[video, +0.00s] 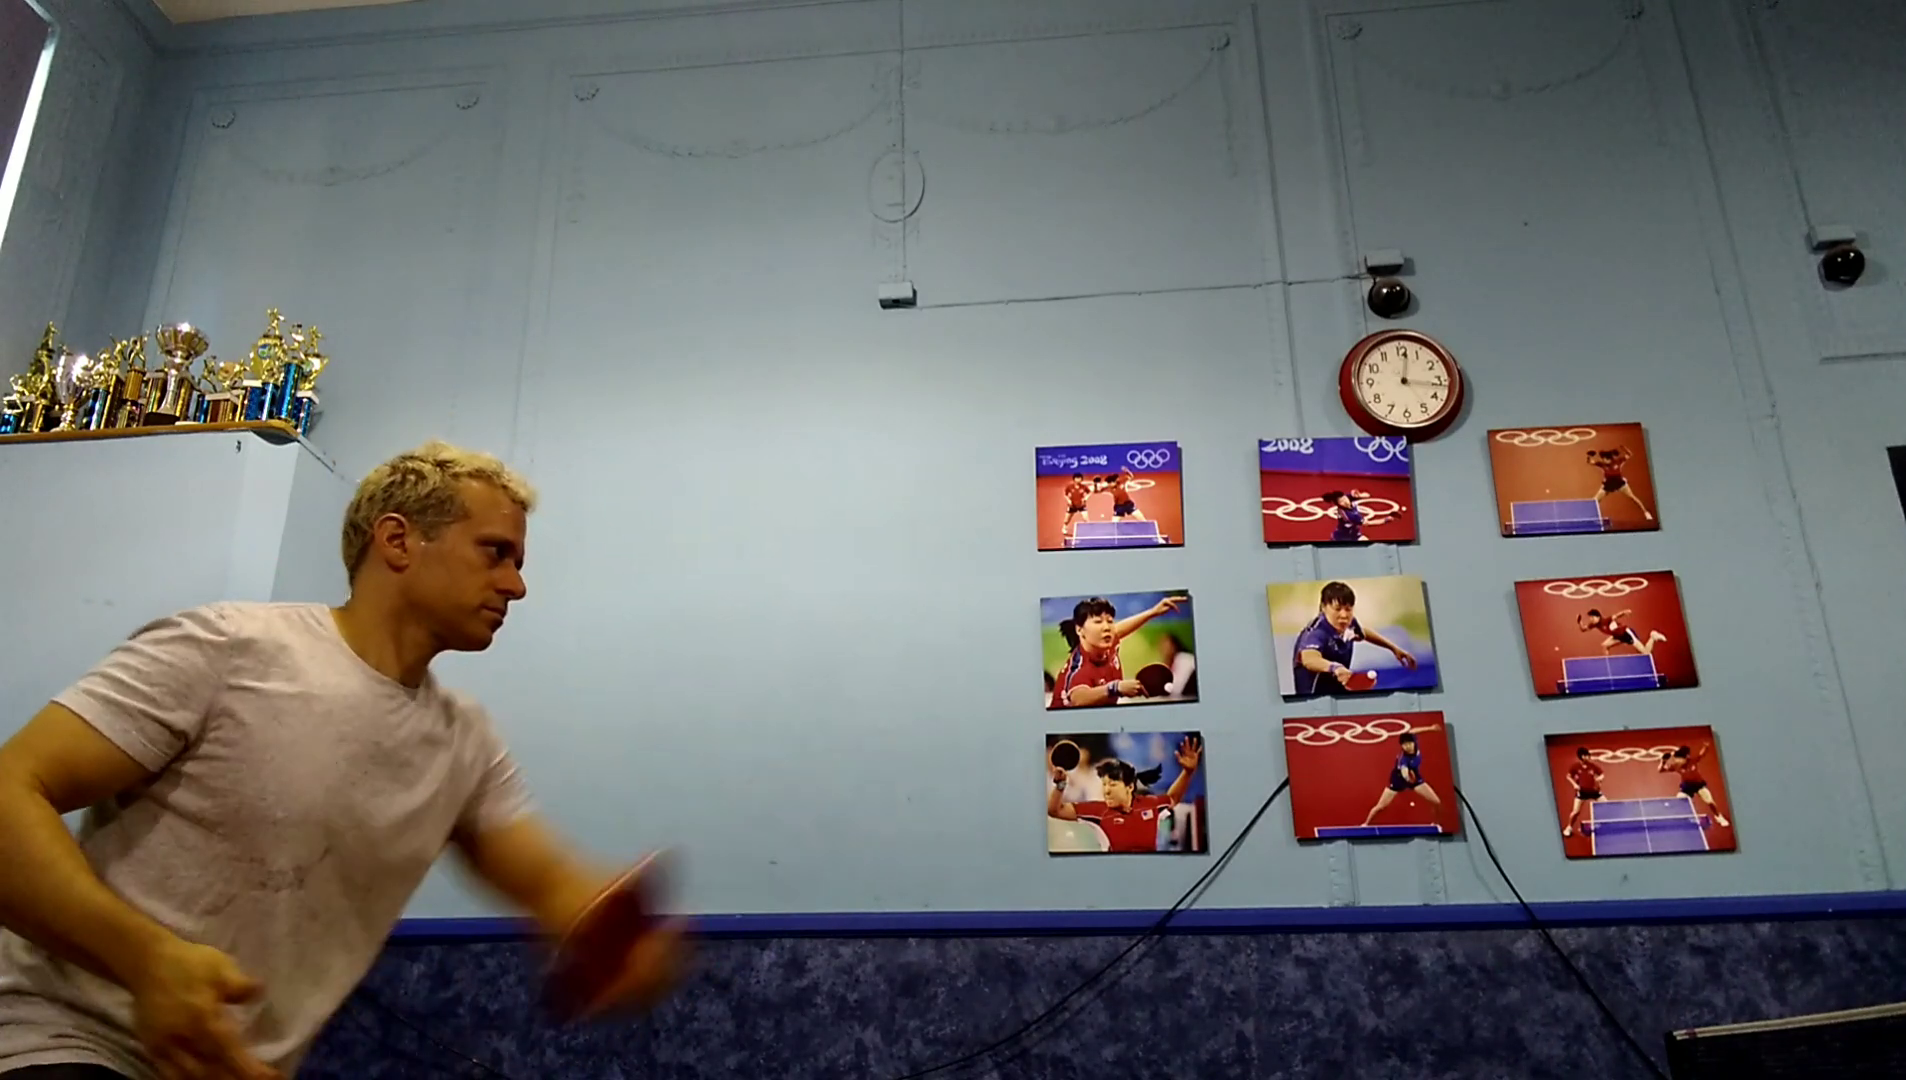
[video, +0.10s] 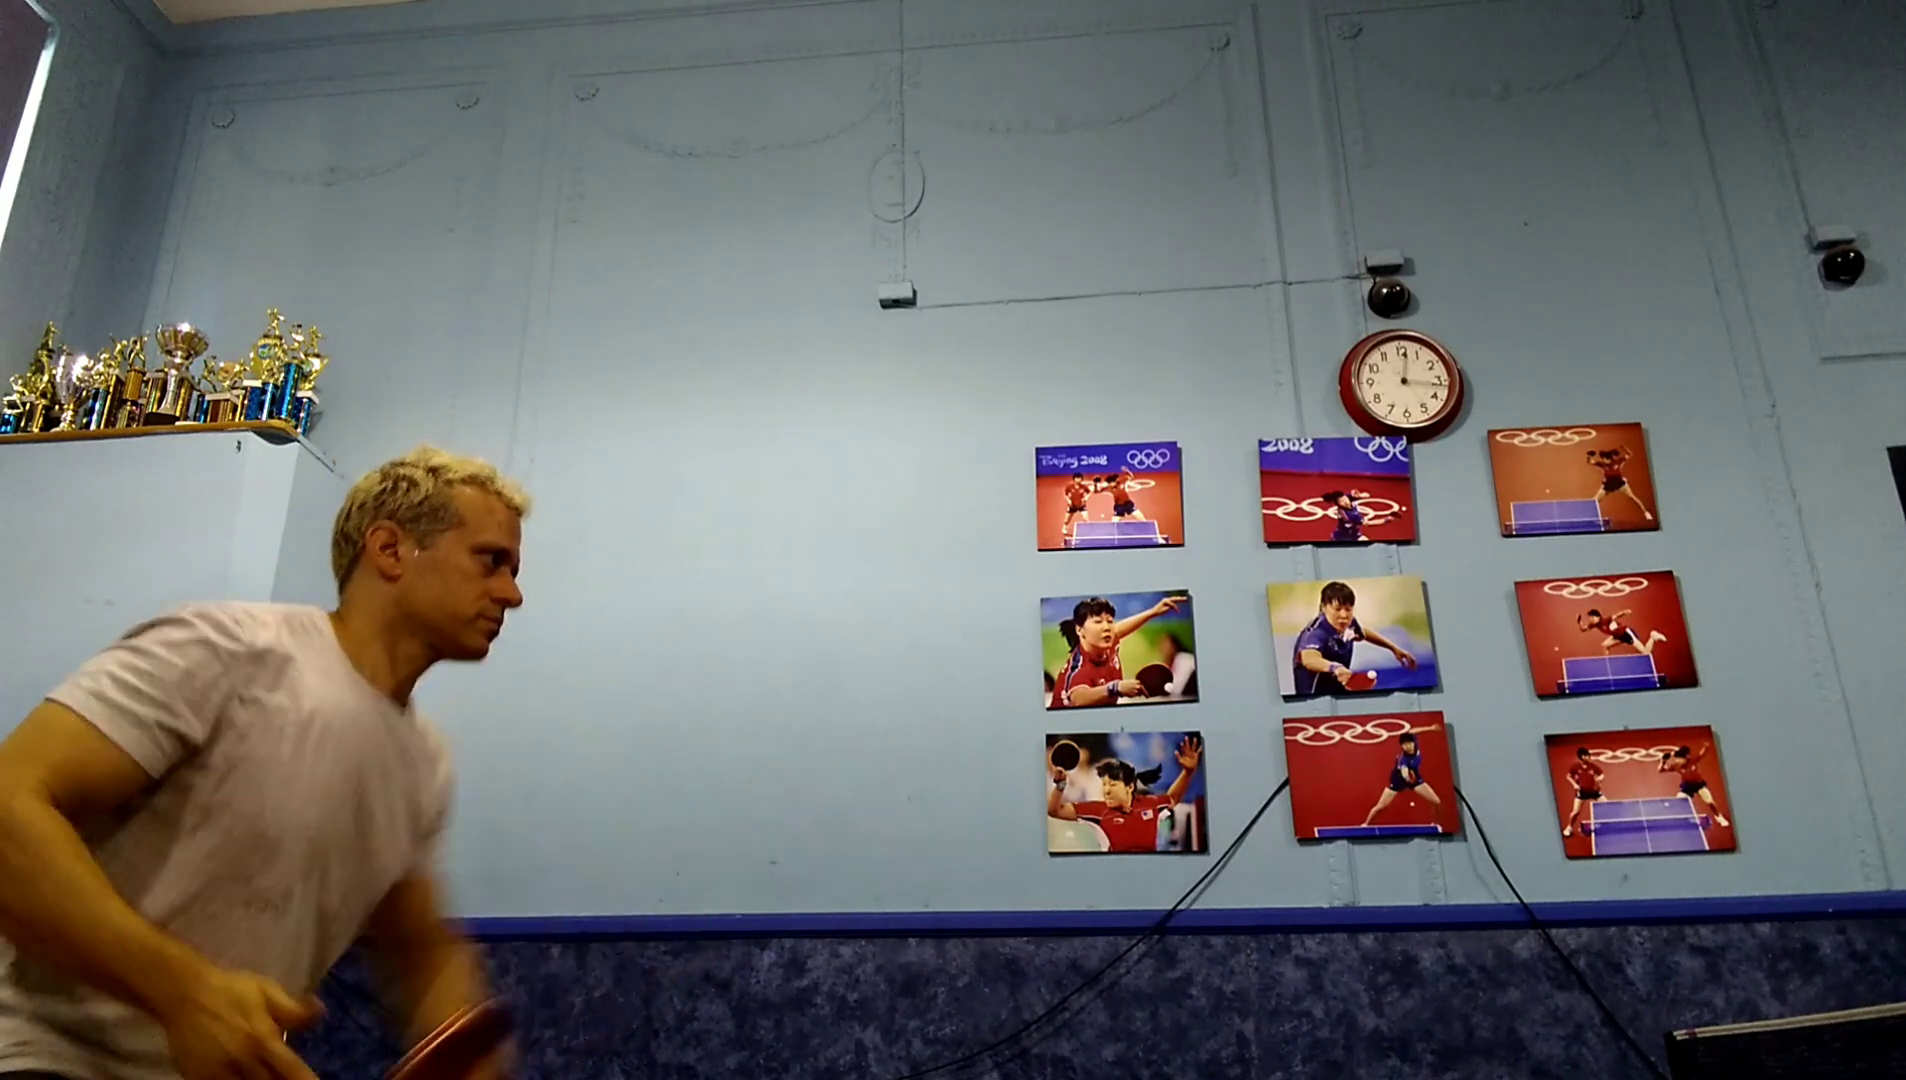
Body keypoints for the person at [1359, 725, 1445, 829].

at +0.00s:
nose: (1408, 747)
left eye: (1409, 744)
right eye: (1405, 745)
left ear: (1413, 743)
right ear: (1402, 746)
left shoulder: (1415, 747)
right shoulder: (1403, 758)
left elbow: (1414, 731)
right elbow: (1404, 771)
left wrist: (1431, 728)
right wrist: (1408, 778)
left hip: (1415, 779)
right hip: (1398, 781)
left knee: (1436, 801)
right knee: (1381, 806)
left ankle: (1436, 823)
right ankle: (1366, 823)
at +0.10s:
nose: (1408, 747)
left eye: (1409, 744)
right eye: (1405, 745)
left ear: (1414, 743)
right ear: (1402, 746)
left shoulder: (1416, 748)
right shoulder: (1403, 758)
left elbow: (1413, 731)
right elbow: (1404, 771)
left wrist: (1431, 728)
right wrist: (1409, 778)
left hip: (1415, 779)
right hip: (1398, 781)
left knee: (1436, 801)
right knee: (1381, 806)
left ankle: (1435, 823)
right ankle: (1366, 823)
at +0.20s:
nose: (1408, 747)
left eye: (1409, 744)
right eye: (1405, 745)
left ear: (1414, 743)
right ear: (1402, 746)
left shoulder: (1416, 748)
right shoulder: (1403, 758)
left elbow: (1413, 731)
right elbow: (1404, 771)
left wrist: (1431, 728)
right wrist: (1409, 778)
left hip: (1415, 779)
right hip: (1398, 781)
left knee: (1436, 801)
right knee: (1381, 806)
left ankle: (1435, 823)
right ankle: (1366, 823)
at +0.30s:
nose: (1408, 747)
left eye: (1410, 744)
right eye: (1405, 745)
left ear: (1414, 743)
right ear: (1402, 746)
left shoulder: (1416, 747)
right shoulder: (1403, 758)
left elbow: (1414, 731)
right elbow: (1404, 771)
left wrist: (1431, 728)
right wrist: (1409, 779)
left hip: (1414, 779)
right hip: (1398, 781)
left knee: (1436, 801)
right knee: (1380, 806)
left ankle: (1436, 823)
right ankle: (1366, 823)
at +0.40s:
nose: (1408, 747)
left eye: (1409, 744)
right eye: (1405, 745)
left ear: (1414, 743)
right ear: (1402, 746)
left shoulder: (1416, 748)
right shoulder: (1403, 758)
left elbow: (1413, 731)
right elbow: (1404, 771)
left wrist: (1431, 728)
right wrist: (1409, 778)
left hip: (1415, 779)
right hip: (1398, 781)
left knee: (1436, 802)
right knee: (1381, 806)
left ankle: (1435, 823)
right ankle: (1366, 823)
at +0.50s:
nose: (1408, 747)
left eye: (1409, 744)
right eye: (1405, 745)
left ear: (1414, 743)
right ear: (1402, 746)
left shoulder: (1416, 748)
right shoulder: (1403, 758)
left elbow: (1413, 731)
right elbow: (1404, 771)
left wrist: (1431, 728)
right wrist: (1409, 778)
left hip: (1415, 779)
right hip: (1398, 781)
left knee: (1436, 802)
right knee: (1381, 806)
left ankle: (1435, 823)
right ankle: (1366, 823)